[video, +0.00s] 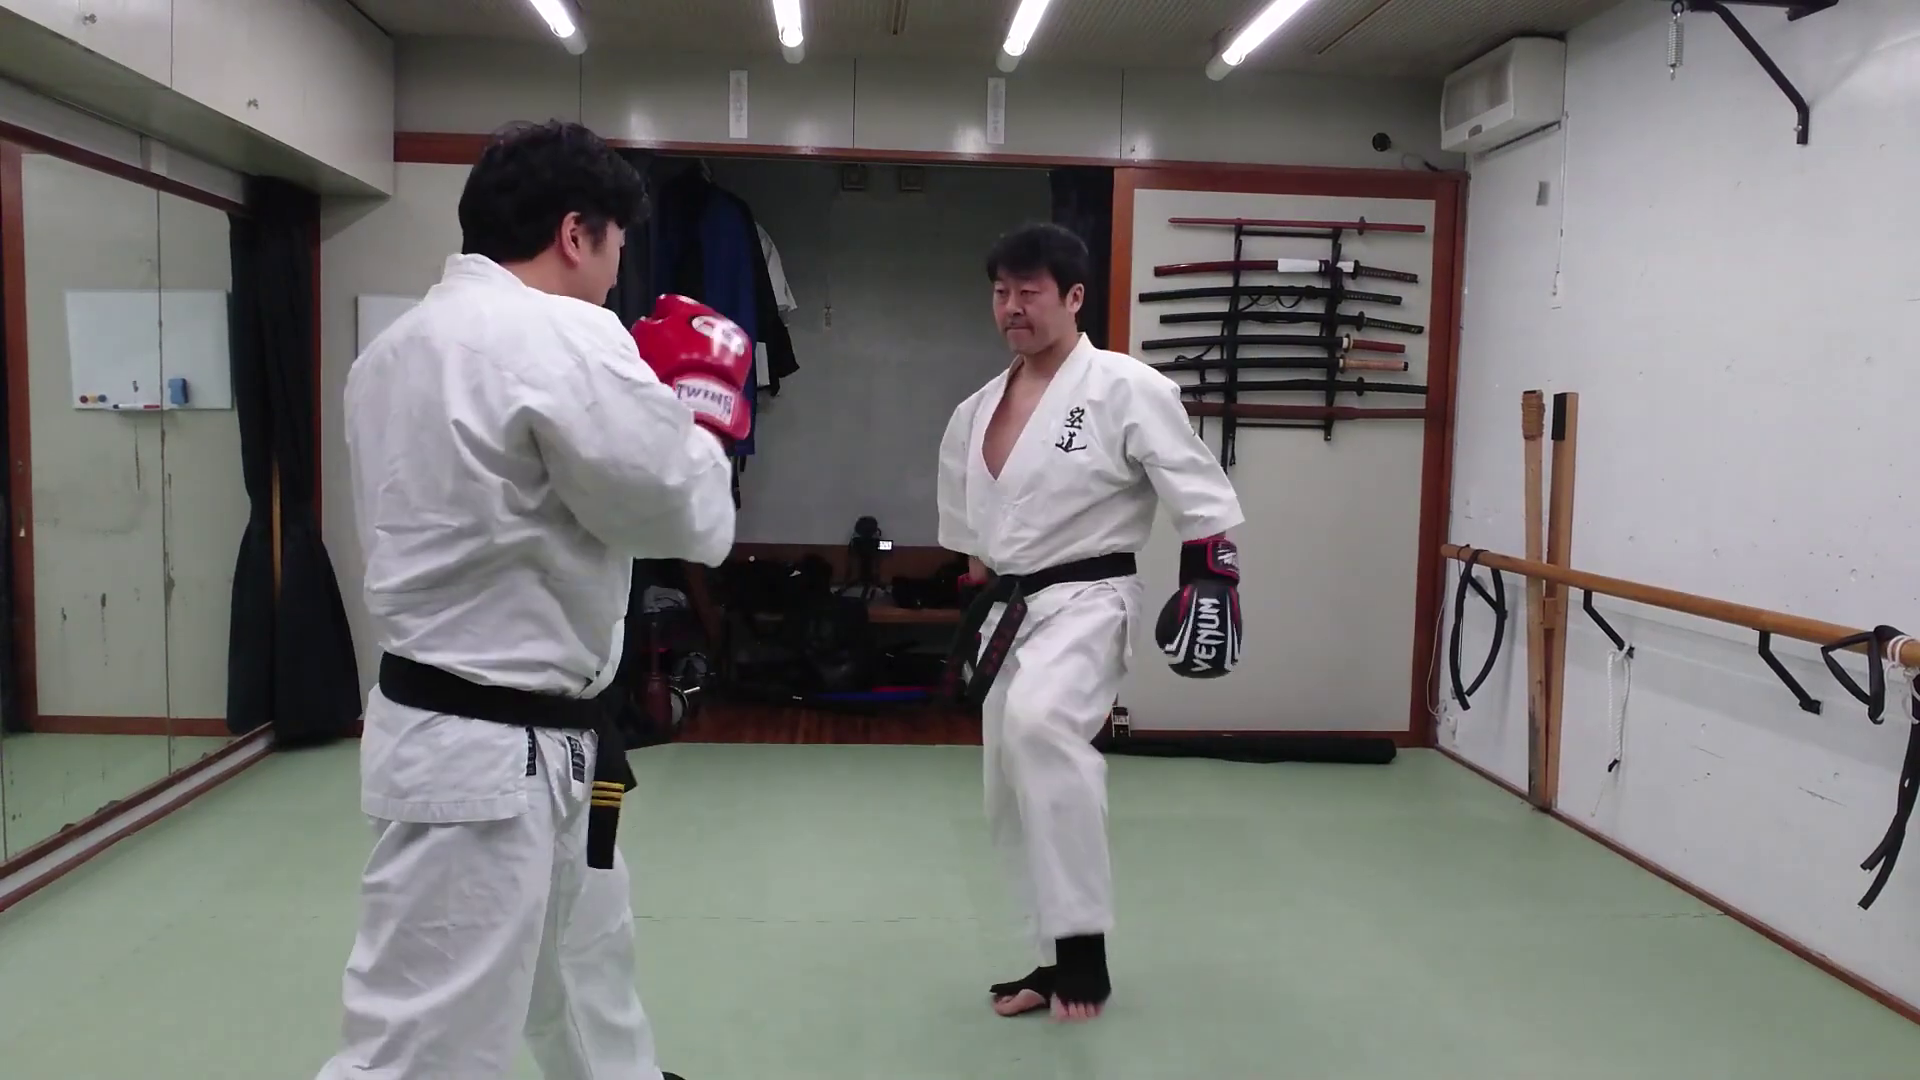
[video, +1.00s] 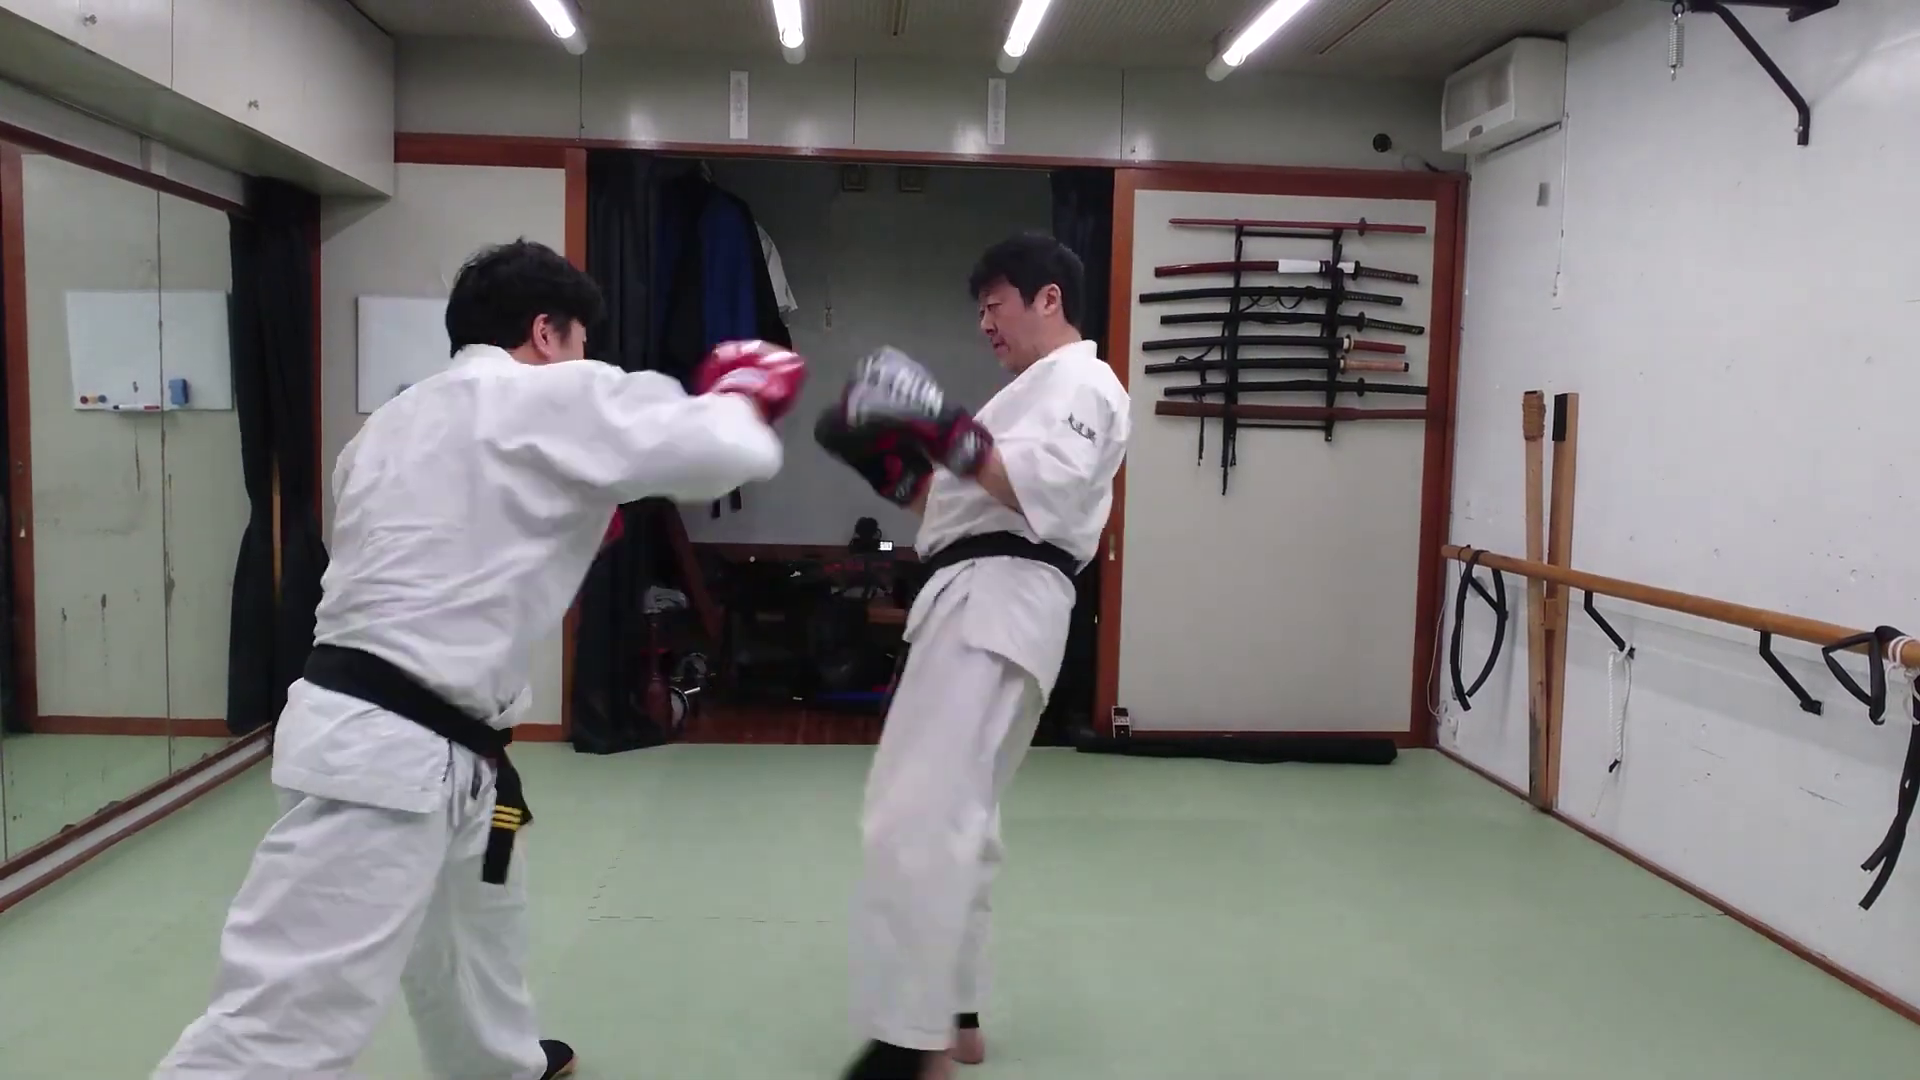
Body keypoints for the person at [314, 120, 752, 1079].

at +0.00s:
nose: (618, 275)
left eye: (621, 249)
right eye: (617, 246)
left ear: (488, 228)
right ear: (571, 235)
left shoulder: (389, 351)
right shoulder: (559, 338)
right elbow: (692, 518)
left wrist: (630, 383)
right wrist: (707, 408)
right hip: (498, 742)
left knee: (587, 993)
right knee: (419, 1045)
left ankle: (620, 1070)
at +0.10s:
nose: (637, 292)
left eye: (639, 267)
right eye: (635, 264)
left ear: (520, 255)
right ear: (589, 258)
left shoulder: (437, 375)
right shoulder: (571, 365)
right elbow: (724, 521)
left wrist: (644, 391)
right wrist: (730, 409)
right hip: (490, 758)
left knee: (598, 1033)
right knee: (412, 1055)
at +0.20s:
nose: (679, 313)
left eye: (682, 288)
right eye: (678, 284)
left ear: (587, 267)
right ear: (633, 275)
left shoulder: (526, 360)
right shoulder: (573, 373)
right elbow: (698, 555)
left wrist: (693, 426)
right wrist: (726, 439)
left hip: (552, 747)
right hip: (462, 747)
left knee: (597, 1014)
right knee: (418, 1043)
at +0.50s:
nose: (633, 315)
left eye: (640, 294)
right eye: (634, 292)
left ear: (539, 274)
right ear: (593, 283)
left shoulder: (489, 357)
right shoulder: (538, 397)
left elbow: (652, 461)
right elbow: (631, 560)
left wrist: (771, 436)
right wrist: (658, 416)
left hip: (493, 729)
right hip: (413, 732)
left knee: (584, 951)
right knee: (336, 1028)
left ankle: (625, 1070)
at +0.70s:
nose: (530, 339)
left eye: (532, 316)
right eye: (531, 315)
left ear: (409, 300)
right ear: (500, 316)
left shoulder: (372, 383)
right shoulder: (479, 446)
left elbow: (542, 470)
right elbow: (532, 609)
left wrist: (644, 521)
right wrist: (621, 603)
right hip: (350, 799)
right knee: (287, 1060)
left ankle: (569, 1070)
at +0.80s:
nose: (526, 357)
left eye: (528, 331)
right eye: (526, 330)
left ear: (412, 320)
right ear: (492, 328)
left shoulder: (377, 409)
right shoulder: (452, 444)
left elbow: (463, 555)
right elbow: (526, 630)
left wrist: (567, 658)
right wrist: (573, 508)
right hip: (335, 795)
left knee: (506, 879)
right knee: (286, 1060)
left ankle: (523, 1065)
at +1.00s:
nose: (586, 362)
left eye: (587, 346)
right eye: (582, 343)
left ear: (472, 332)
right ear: (542, 332)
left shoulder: (386, 423)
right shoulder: (547, 398)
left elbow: (351, 545)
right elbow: (725, 446)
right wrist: (737, 398)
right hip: (393, 740)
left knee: (478, 893)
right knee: (280, 1027)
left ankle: (496, 1058)